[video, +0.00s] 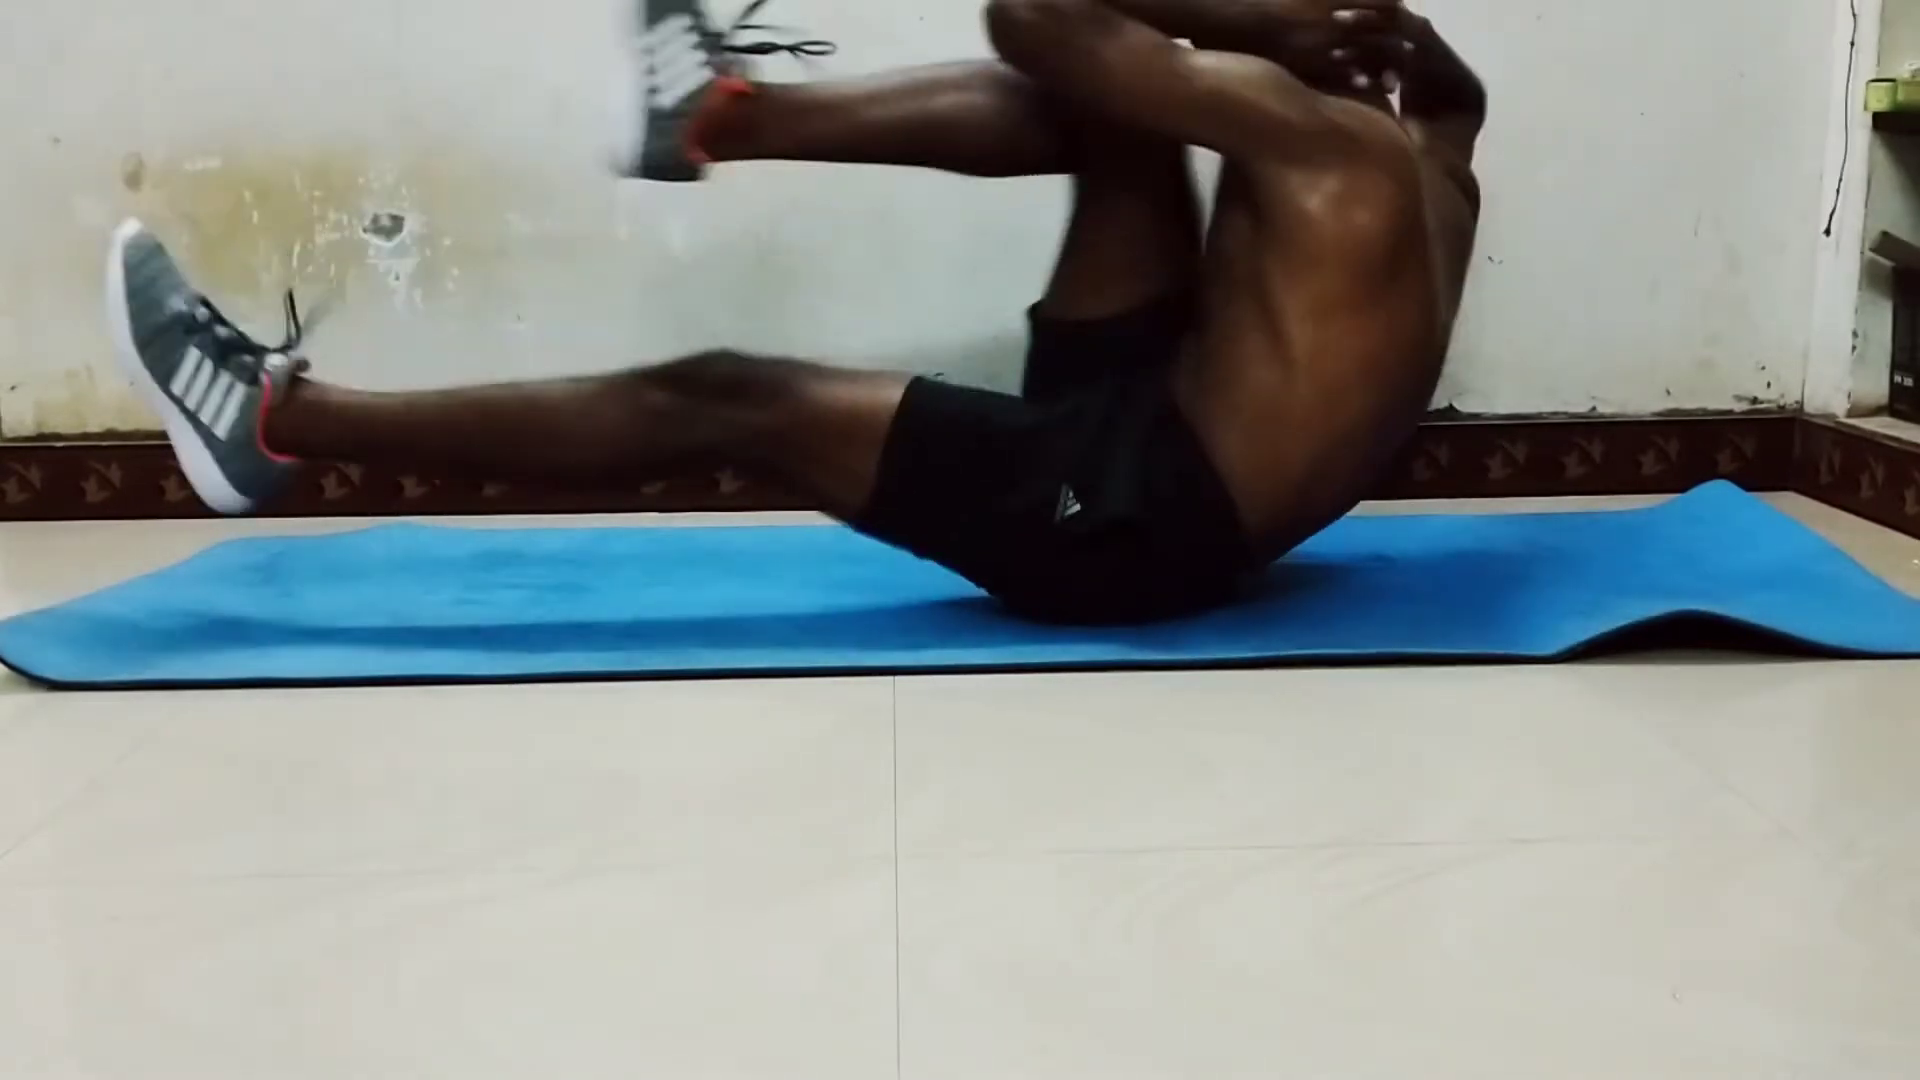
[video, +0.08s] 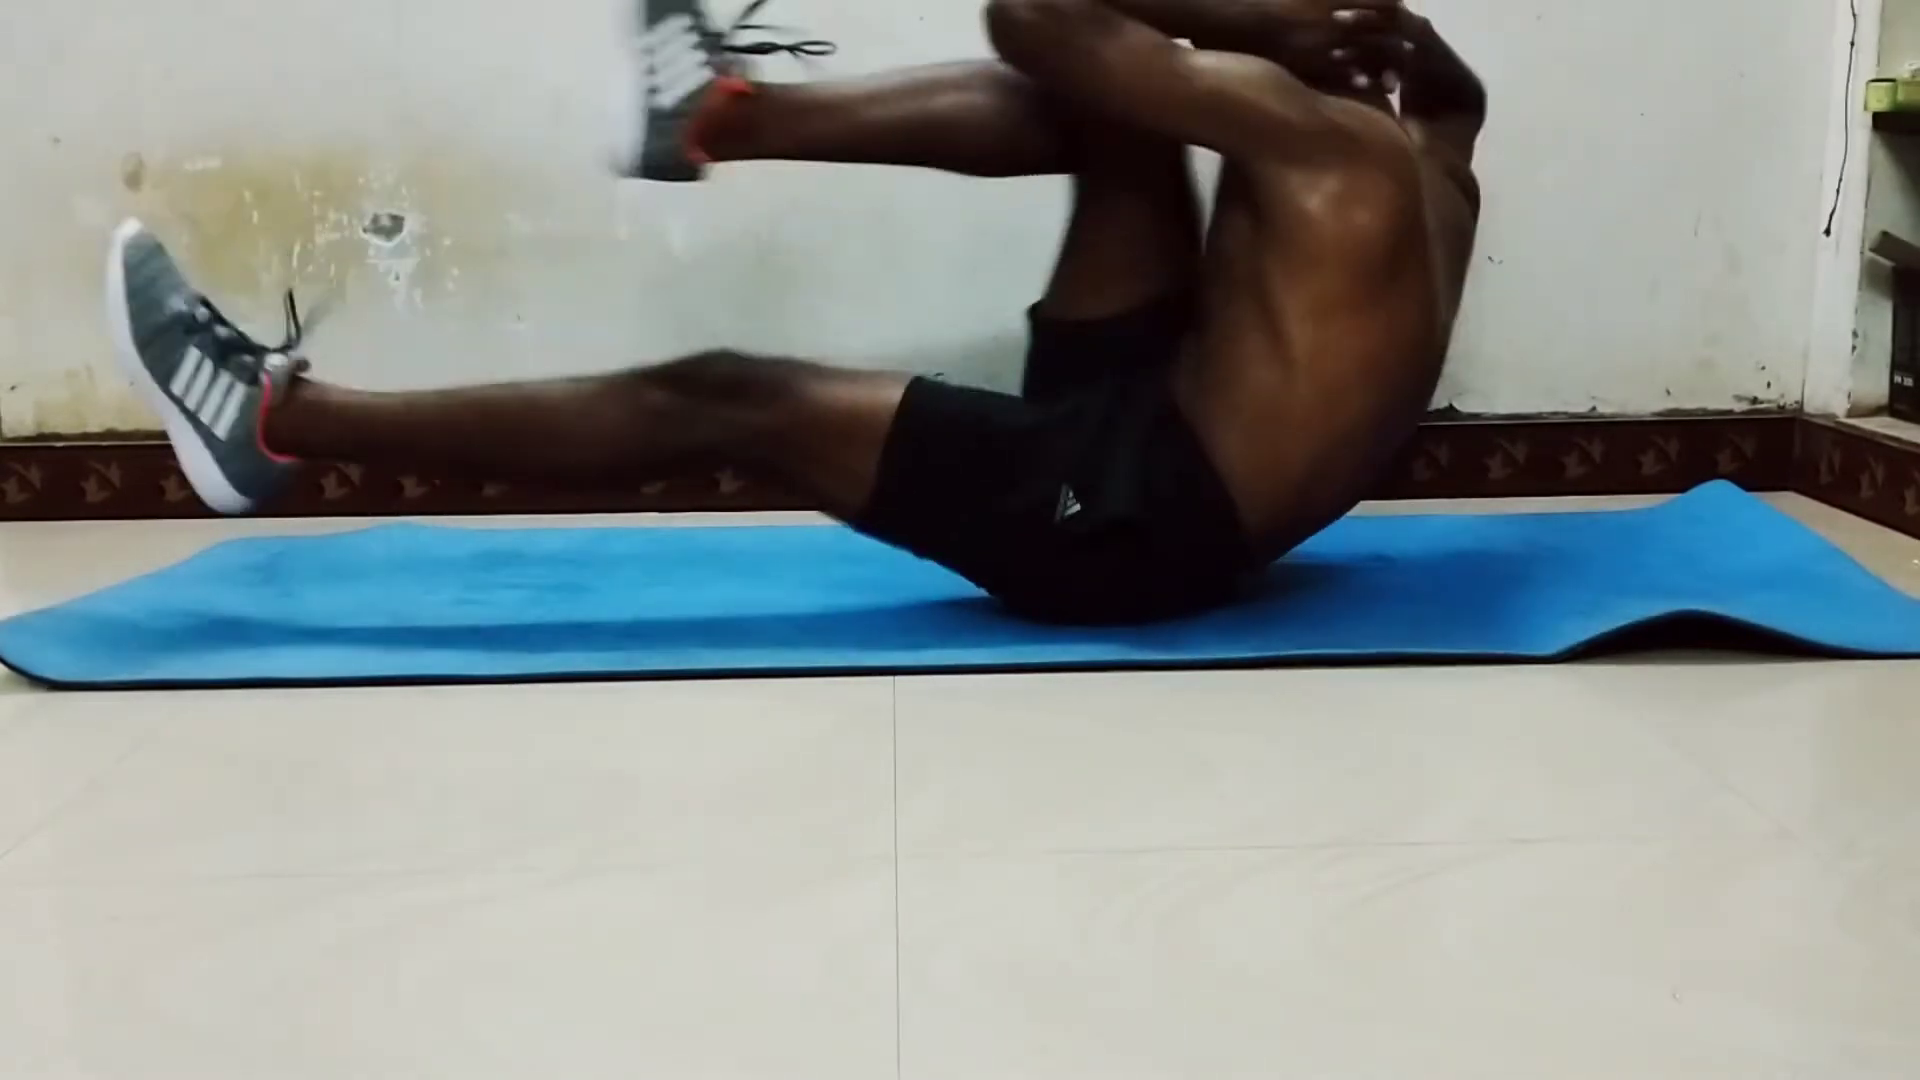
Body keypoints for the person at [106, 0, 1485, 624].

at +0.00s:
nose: (1240, 50)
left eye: (1254, 34)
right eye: (1256, 33)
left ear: (1329, 51)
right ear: (1379, 61)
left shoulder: (1328, 135)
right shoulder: (1426, 161)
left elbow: (1052, 48)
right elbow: (1126, 87)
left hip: (1118, 513)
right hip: (1150, 445)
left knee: (714, 400)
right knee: (1114, 113)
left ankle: (273, 423)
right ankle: (742, 110)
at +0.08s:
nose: (1240, 50)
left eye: (1254, 34)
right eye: (1256, 33)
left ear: (1330, 50)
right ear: (1379, 61)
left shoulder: (1328, 134)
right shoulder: (1426, 160)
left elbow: (1052, 49)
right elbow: (1126, 87)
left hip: (1118, 513)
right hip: (1150, 445)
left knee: (714, 400)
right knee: (1114, 114)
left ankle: (273, 423)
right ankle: (743, 110)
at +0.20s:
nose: (1264, 59)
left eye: (1286, 32)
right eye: (1309, 29)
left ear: (1336, 45)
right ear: (1368, 53)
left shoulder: (1356, 142)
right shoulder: (1372, 163)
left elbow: (1097, 13)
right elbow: (1128, 25)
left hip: (1127, 510)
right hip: (1137, 423)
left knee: (739, 354)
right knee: (1040, 115)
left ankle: (303, 410)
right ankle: (644, 125)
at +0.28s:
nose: (1275, 89)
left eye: (1297, 57)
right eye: (1281, 60)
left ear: (1377, 51)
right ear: (1373, 55)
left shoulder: (1405, 170)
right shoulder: (1350, 190)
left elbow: (1233, 23)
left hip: (1137, 509)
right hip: (1125, 438)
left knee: (792, 265)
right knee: (926, 164)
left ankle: (377, 350)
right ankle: (513, 155)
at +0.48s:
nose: (1265, 81)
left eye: (1290, 44)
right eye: (1253, 49)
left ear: (1409, 41)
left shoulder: (1427, 175)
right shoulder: (1344, 193)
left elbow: (1414, 125)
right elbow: (1186, 112)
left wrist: (1379, 73)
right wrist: (1341, 89)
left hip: (1149, 514)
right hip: (1115, 487)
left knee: (875, 180)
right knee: (846, 248)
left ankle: (474, 261)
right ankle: (475, 229)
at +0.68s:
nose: (1289, 92)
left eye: (1322, 67)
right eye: (1280, 66)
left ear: (1412, 66)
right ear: (1284, 71)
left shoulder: (1455, 189)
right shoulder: (1272, 172)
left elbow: (1595, 31)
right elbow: (1096, 107)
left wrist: (1451, 51)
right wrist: (1270, 64)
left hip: (1153, 508)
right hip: (1074, 463)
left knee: (1061, 103)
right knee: (752, 348)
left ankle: (659, 153)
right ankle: (379, 324)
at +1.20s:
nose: (1273, 96)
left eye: (1297, 68)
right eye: (1266, 66)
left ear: (1394, 67)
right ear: (1289, 71)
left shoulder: (1465, 215)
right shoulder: (1308, 166)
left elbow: (1507, 46)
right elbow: (1125, 52)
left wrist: (1440, 64)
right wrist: (1269, 39)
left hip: (1179, 524)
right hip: (1127, 475)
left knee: (909, 162)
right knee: (897, 169)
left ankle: (492, 205)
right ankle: (507, 356)